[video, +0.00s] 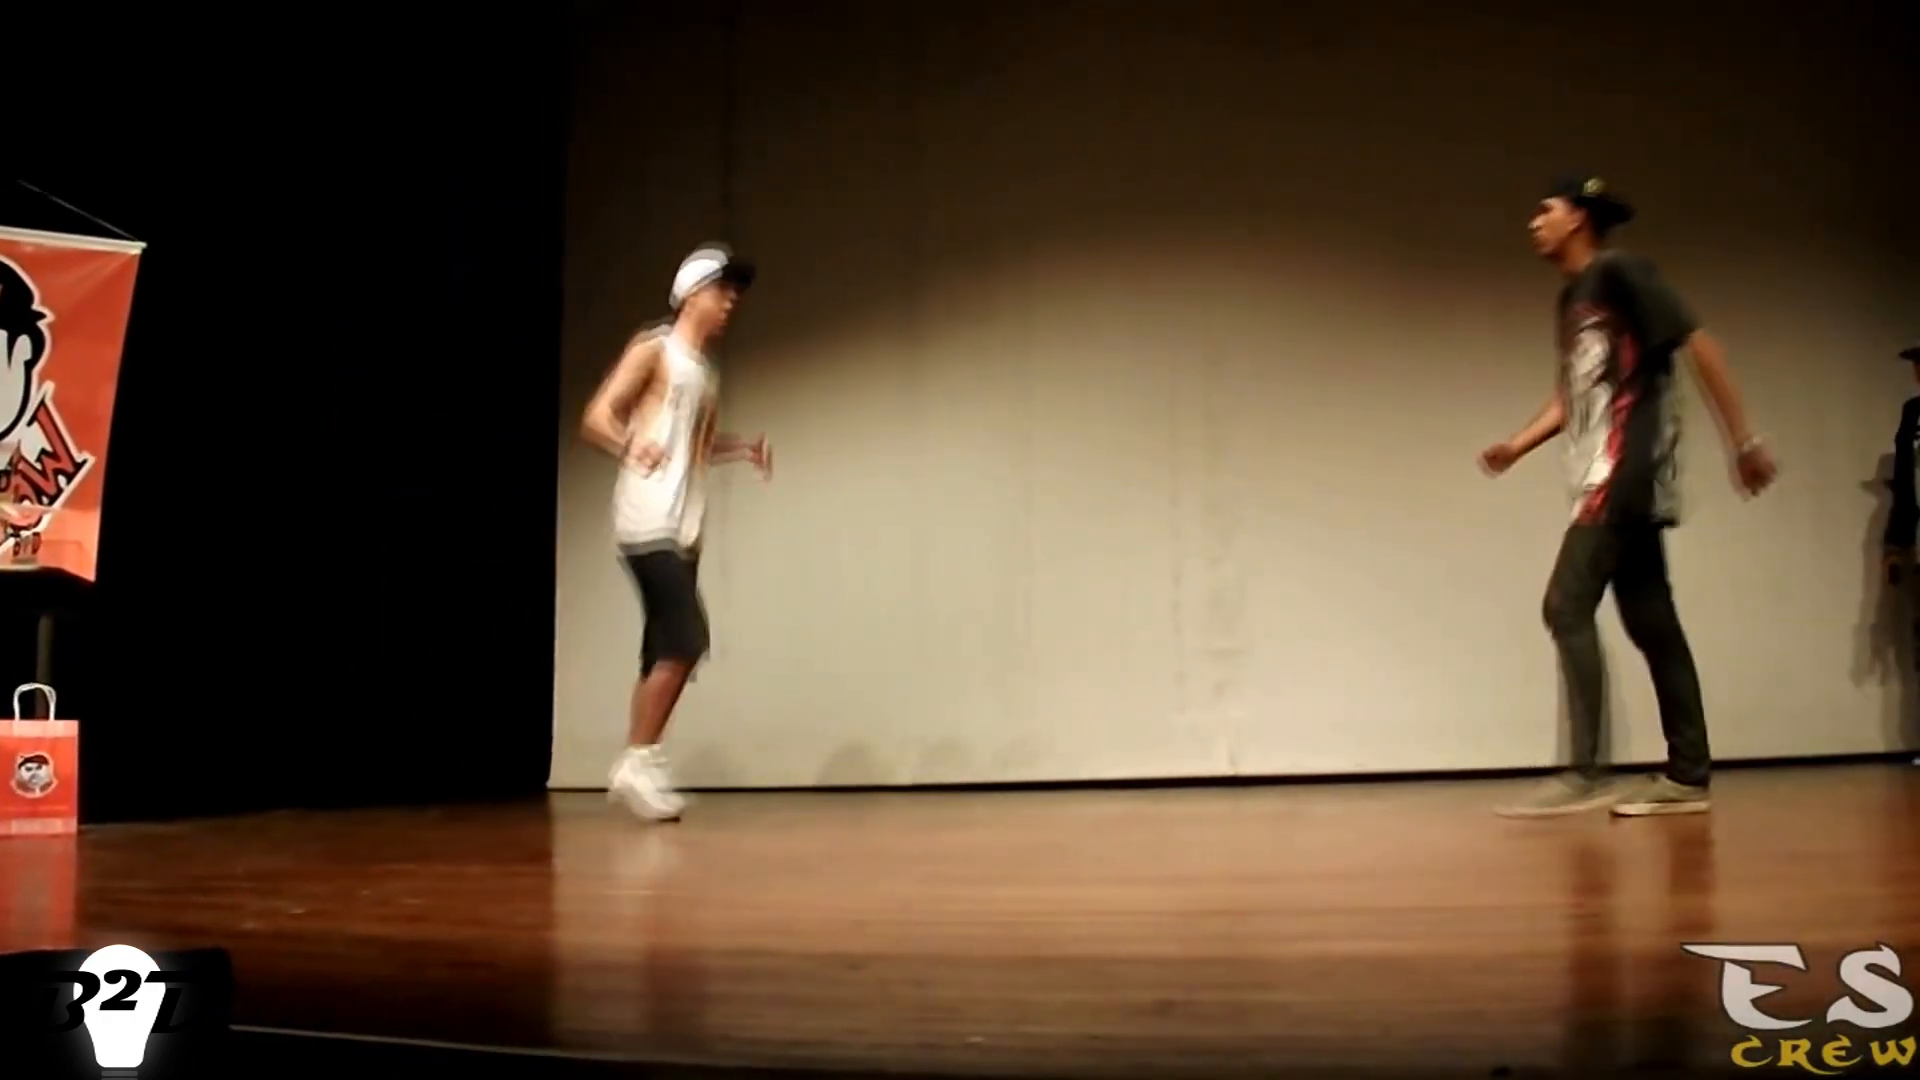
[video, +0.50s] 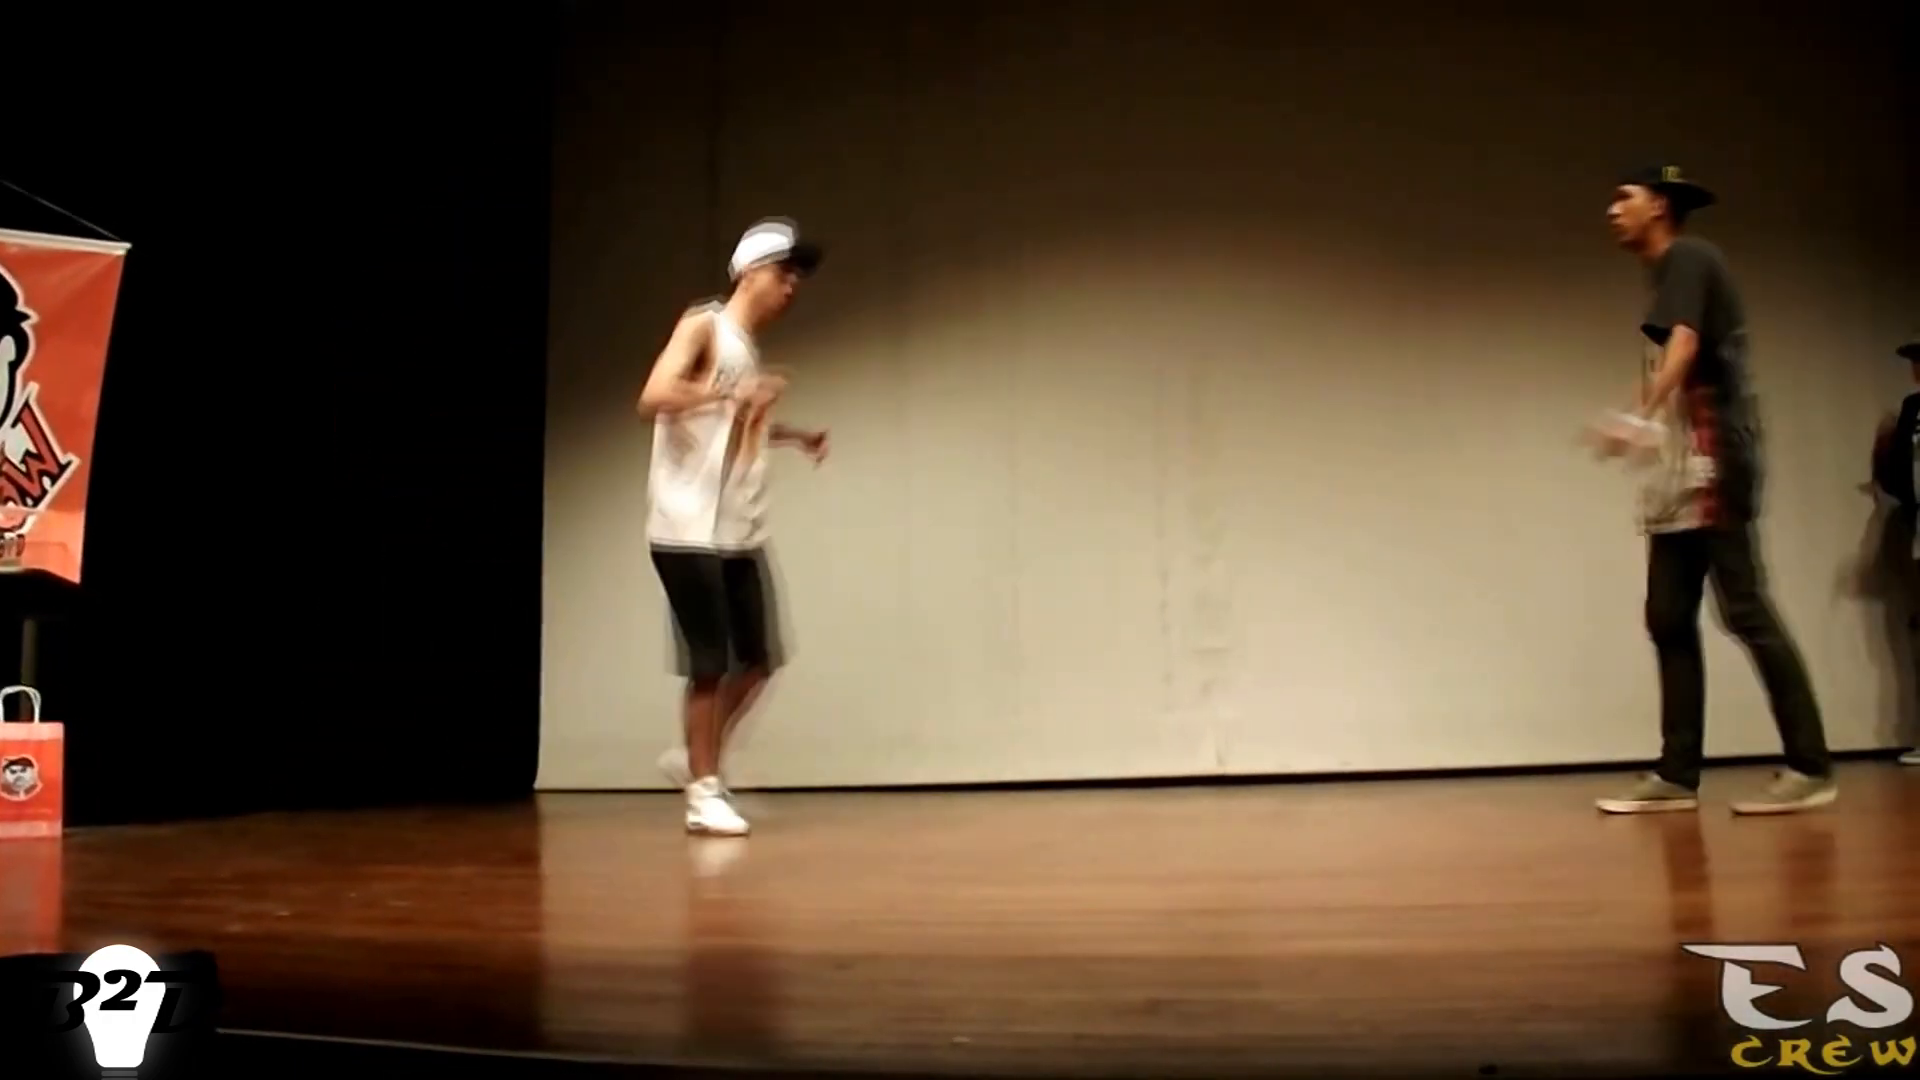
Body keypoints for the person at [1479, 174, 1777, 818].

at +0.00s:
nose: (1534, 223)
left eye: (1546, 212)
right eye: (1537, 213)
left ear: (1582, 220)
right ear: (1571, 224)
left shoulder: (1625, 274)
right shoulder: (1573, 296)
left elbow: (1699, 347)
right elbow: (1569, 398)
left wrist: (1742, 442)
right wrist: (1515, 446)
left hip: (1625, 481)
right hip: (1612, 483)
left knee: (1566, 608)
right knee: (1654, 624)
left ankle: (1583, 776)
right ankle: (1689, 776)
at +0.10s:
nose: (1551, 220)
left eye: (1562, 208)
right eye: (1553, 210)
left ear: (1598, 215)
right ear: (1589, 220)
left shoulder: (1637, 264)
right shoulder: (1591, 290)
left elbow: (1714, 334)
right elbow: (1587, 398)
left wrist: (1764, 429)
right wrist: (1534, 444)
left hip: (1635, 469)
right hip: (1632, 472)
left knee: (1572, 598)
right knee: (1660, 620)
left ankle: (1658, 748)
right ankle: (1687, 775)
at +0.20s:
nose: (1564, 218)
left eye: (1575, 207)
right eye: (1566, 208)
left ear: (1611, 215)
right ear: (1603, 219)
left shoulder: (1644, 263)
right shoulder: (1612, 286)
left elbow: (1718, 332)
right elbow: (1612, 397)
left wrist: (1769, 426)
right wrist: (1558, 457)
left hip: (1648, 467)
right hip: (1641, 469)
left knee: (1592, 600)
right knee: (1667, 612)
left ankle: (1710, 719)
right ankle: (1684, 772)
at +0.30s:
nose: (1578, 216)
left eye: (1590, 204)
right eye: (1581, 206)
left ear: (1626, 212)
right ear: (1617, 217)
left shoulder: (1659, 265)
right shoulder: (1629, 284)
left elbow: (1711, 341)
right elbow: (1635, 395)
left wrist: (1757, 426)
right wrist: (1600, 473)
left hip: (1662, 475)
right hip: (1643, 478)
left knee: (1640, 607)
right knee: (1674, 619)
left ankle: (1765, 722)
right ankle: (1683, 773)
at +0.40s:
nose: (1596, 212)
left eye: (1608, 201)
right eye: (1599, 202)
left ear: (1644, 210)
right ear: (1632, 214)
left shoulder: (1673, 266)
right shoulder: (1647, 282)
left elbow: (1694, 348)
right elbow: (1654, 385)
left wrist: (1707, 435)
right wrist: (1649, 476)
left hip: (1683, 478)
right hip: (1654, 483)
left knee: (1698, 611)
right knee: (1673, 622)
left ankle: (1803, 757)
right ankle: (1680, 775)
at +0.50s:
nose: (1613, 211)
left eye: (1625, 199)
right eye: (1615, 201)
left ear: (1662, 208)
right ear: (1654, 212)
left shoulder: (1690, 259)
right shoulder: (1666, 276)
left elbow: (1683, 349)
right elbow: (1682, 373)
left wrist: (1641, 419)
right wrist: (1641, 433)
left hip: (1716, 470)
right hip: (1680, 473)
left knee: (1745, 610)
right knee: (1669, 619)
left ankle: (1811, 768)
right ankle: (1677, 776)